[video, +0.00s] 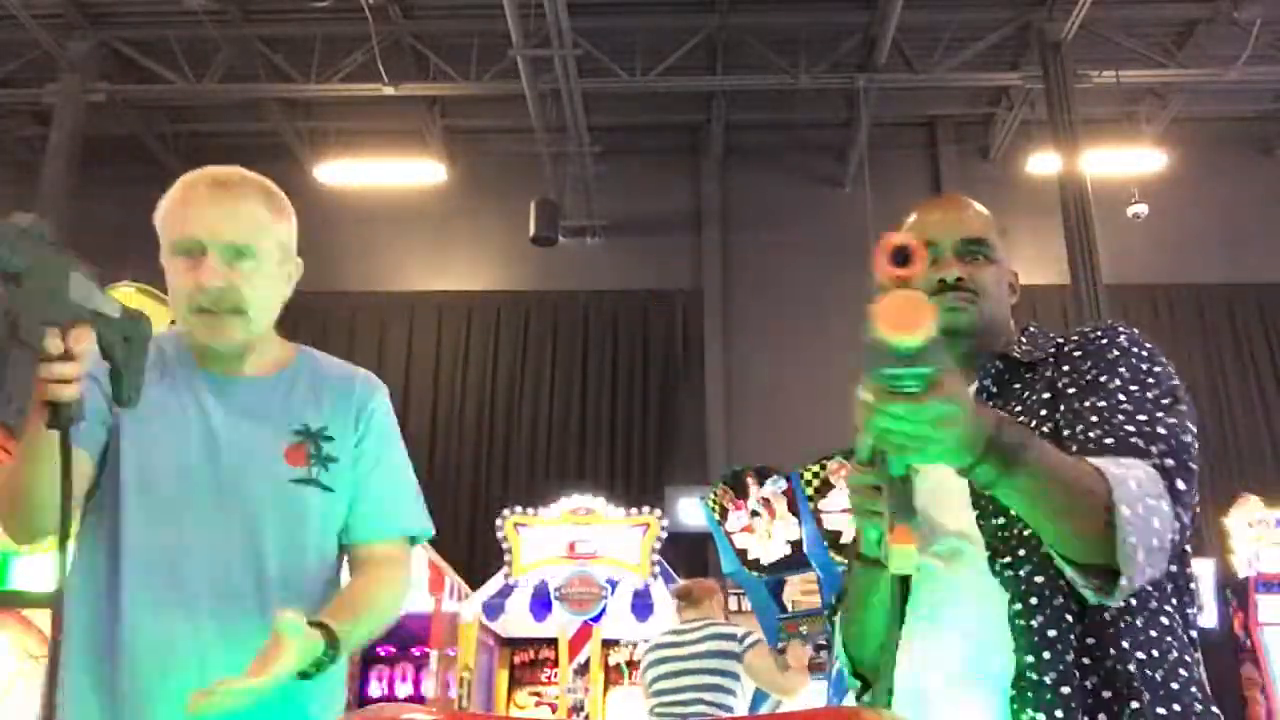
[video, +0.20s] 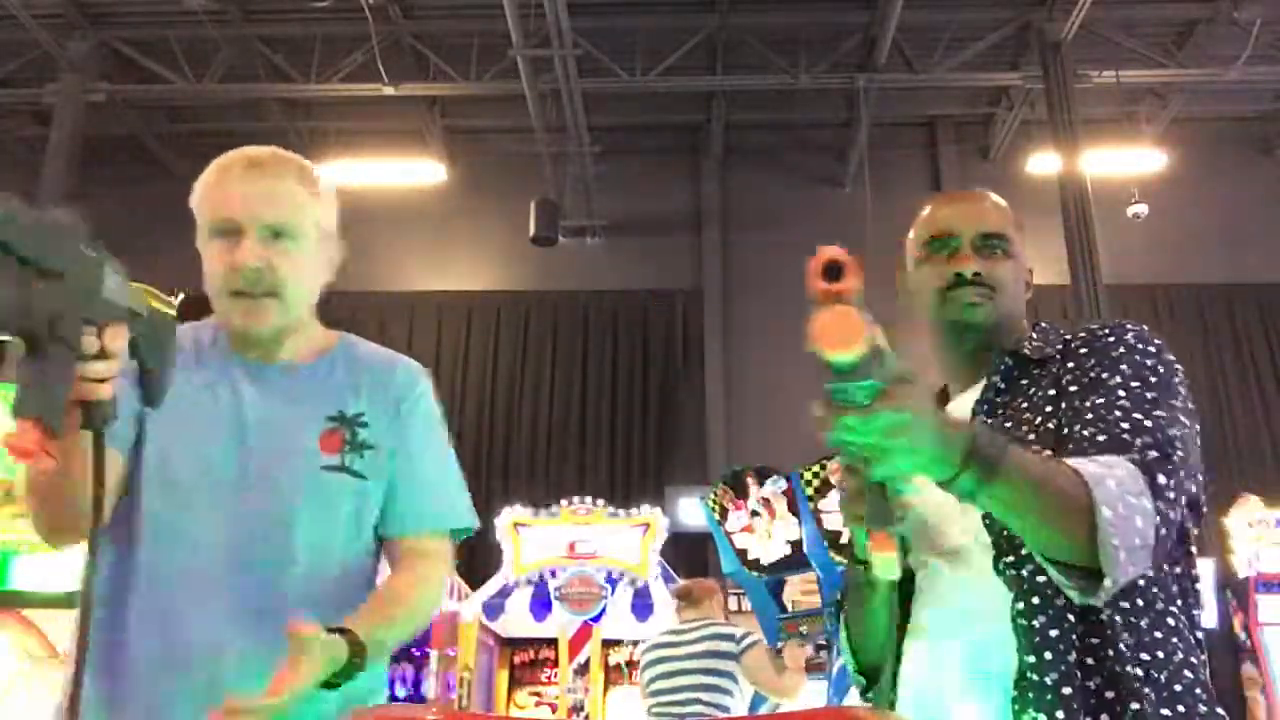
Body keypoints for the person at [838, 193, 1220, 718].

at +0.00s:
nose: (949, 271)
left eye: (973, 253)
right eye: (925, 257)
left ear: (1011, 282)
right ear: (899, 289)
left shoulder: (1105, 357)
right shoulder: (902, 421)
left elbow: (1138, 541)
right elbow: (871, 666)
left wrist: (985, 443)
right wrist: (874, 536)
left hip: (1122, 699)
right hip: (956, 704)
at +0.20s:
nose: (968, 266)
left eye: (993, 248)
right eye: (940, 249)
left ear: (1026, 278)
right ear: (907, 283)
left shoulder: (1116, 355)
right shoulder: (901, 424)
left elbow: (1124, 532)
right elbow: (874, 666)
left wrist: (950, 448)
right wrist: (872, 533)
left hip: (1103, 701)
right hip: (938, 705)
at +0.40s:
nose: (945, 266)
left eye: (969, 244)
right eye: (917, 250)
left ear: (1009, 262)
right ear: (891, 290)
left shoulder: (1113, 348)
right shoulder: (908, 425)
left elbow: (1250, 546)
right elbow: (873, 651)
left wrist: (1094, 539)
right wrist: (894, 527)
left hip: (1140, 701)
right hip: (956, 707)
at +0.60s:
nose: (953, 275)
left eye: (975, 257)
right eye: (924, 261)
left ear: (1008, 288)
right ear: (893, 302)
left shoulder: (1140, 418)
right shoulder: (859, 479)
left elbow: (1257, 571)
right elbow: (856, 653)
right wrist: (911, 533)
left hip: (1141, 707)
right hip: (950, 710)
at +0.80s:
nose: (955, 271)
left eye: (979, 254)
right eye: (927, 256)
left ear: (1013, 288)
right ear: (892, 298)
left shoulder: (1128, 384)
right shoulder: (874, 461)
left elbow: (1247, 569)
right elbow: (868, 664)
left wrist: (1249, 656)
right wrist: (843, 546)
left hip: (1144, 709)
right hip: (955, 713)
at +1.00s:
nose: (949, 269)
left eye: (974, 251)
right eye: (922, 256)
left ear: (1013, 283)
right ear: (896, 299)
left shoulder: (1113, 402)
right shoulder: (872, 474)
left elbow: (1260, 562)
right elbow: (856, 662)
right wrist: (921, 555)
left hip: (1130, 703)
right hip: (953, 709)